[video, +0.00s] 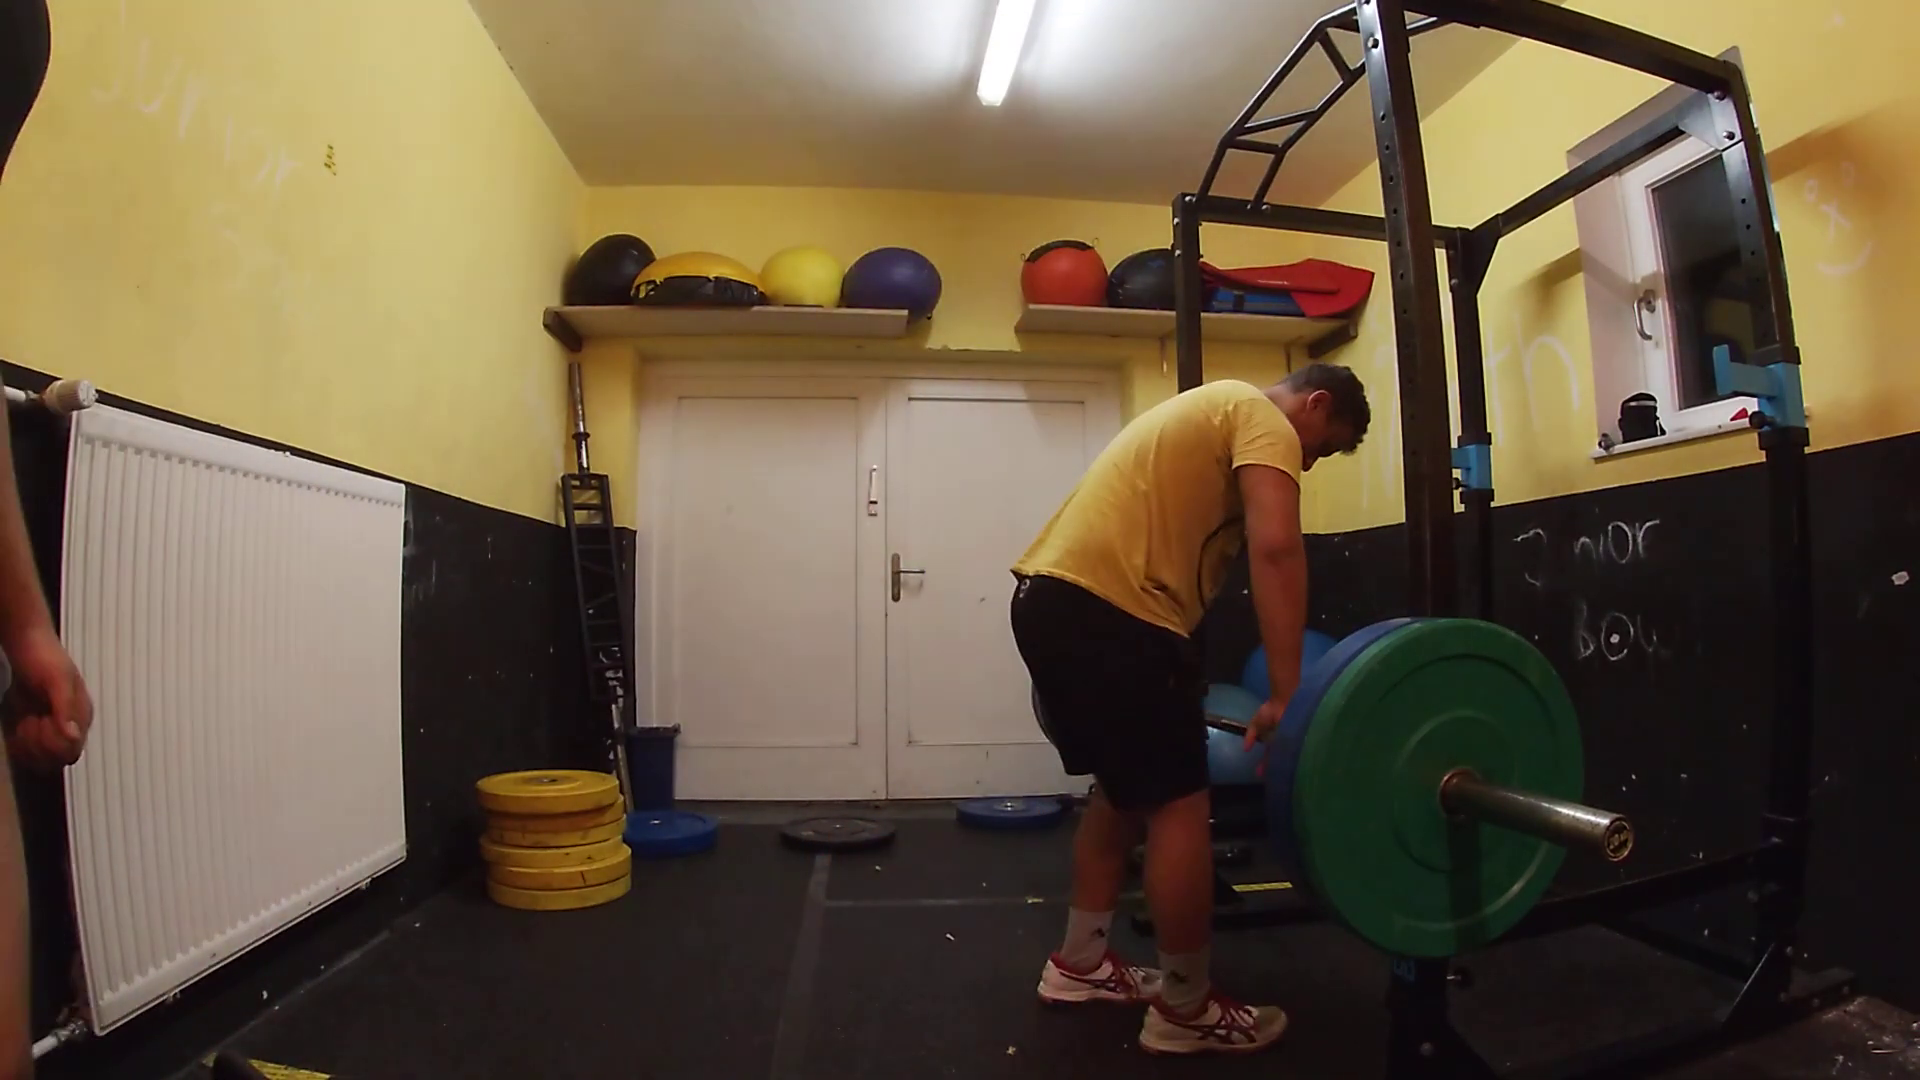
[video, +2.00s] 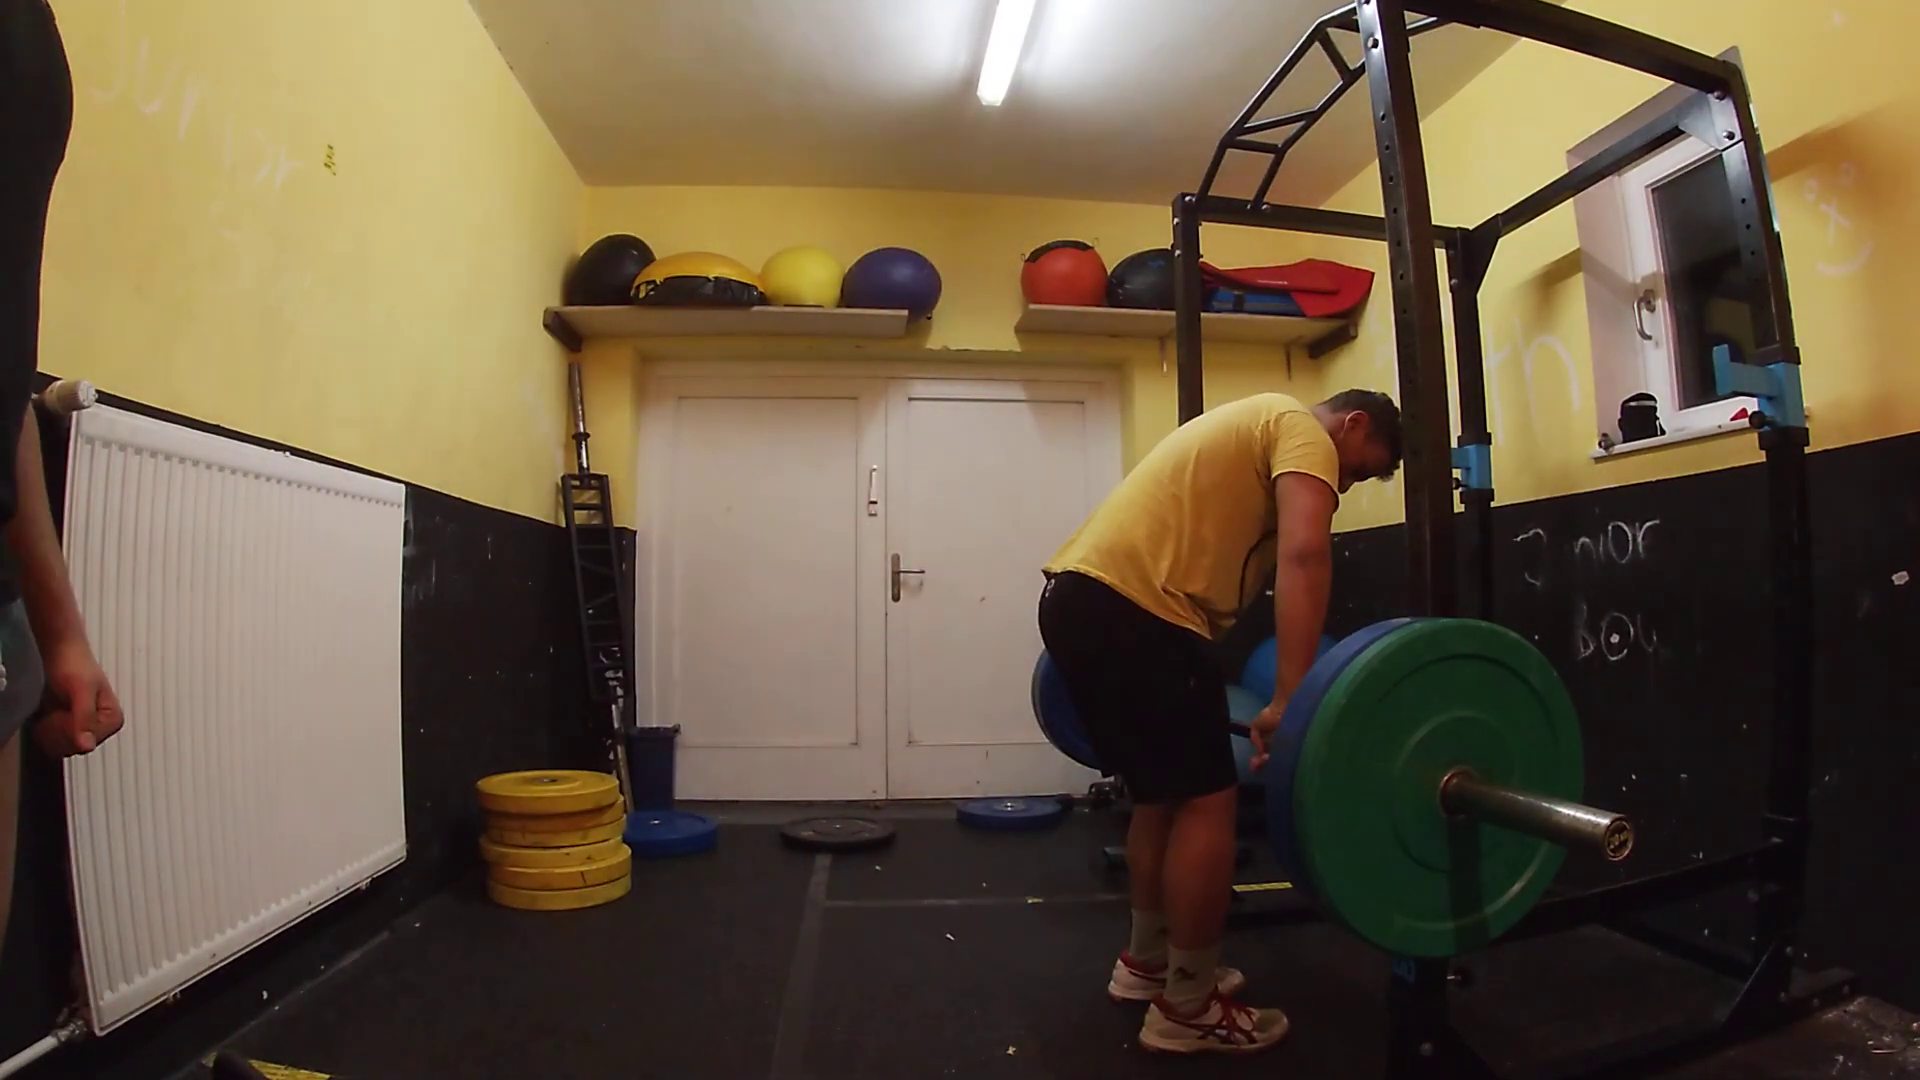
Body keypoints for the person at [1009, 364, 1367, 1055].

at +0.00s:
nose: (1312, 462)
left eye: (1323, 455)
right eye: (1325, 446)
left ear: (1299, 392)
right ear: (1314, 405)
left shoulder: (1204, 410)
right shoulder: (1263, 416)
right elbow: (1275, 546)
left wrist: (1176, 677)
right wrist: (1284, 692)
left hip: (1052, 596)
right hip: (1118, 610)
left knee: (1118, 782)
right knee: (1179, 803)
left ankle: (1079, 958)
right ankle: (1185, 1008)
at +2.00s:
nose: (1355, 483)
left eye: (1367, 478)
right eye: (1368, 468)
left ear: (1346, 417)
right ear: (1354, 424)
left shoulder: (1246, 427)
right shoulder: (1301, 428)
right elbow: (1303, 551)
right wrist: (1289, 697)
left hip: (1083, 592)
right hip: (1139, 607)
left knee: (1157, 792)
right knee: (1208, 800)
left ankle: (1147, 958)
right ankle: (1187, 1007)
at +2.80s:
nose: (1314, 378)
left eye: (1319, 363)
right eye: (1315, 359)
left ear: (1258, 332)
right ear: (1288, 334)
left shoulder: (1198, 389)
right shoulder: (1253, 389)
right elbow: (1274, 527)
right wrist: (1293, 668)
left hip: (1084, 598)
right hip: (1140, 607)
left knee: (1160, 791)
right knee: (1214, 796)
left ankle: (1148, 960)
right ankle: (1190, 1004)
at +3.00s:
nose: (1250, 313)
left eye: (1251, 298)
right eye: (1247, 296)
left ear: (1182, 288)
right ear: (1214, 283)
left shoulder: (1143, 355)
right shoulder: (1203, 346)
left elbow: (1138, 493)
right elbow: (1244, 474)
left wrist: (1196, 609)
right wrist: (1282, 609)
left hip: (1088, 598)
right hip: (1147, 606)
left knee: (1150, 779)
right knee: (1202, 793)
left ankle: (1147, 957)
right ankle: (1191, 1002)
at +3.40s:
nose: (1136, 279)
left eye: (1135, 264)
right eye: (1130, 262)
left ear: (1070, 264)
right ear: (1094, 259)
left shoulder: (1048, 342)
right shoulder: (1100, 328)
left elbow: (1067, 478)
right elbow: (1154, 459)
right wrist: (1217, 574)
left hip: (1075, 601)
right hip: (1107, 608)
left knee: (1143, 789)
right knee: (1140, 799)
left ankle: (1123, 954)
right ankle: (1098, 997)